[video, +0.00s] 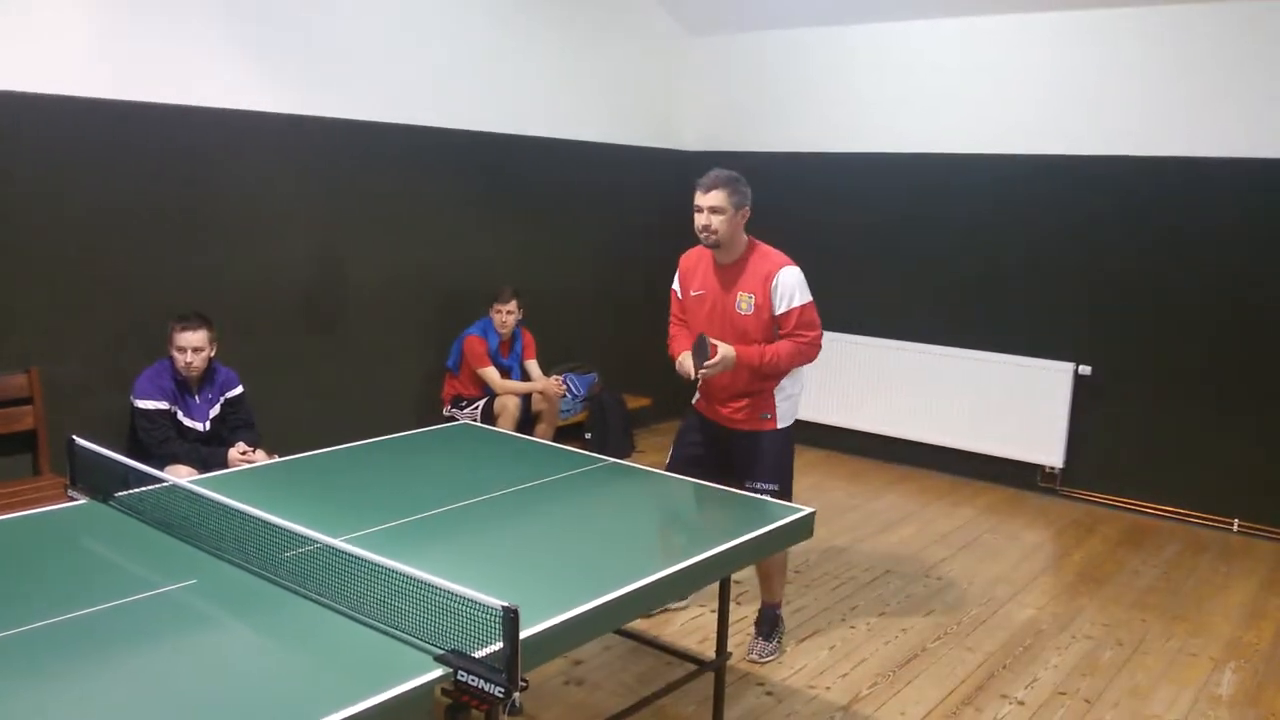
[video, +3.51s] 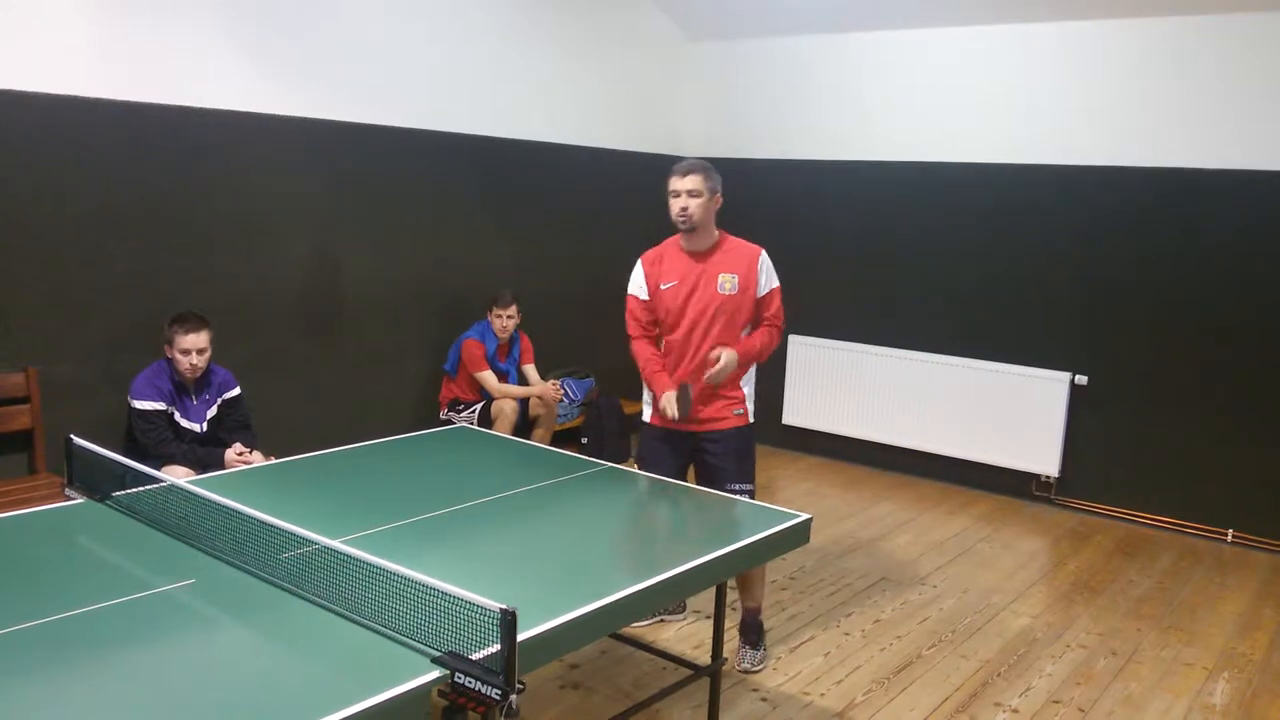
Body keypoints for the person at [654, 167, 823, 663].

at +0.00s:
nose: (704, 221)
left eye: (715, 212)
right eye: (698, 211)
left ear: (744, 215)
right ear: (694, 213)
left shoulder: (779, 273)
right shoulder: (691, 263)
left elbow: (807, 343)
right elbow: (678, 326)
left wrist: (739, 356)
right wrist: (684, 354)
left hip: (762, 423)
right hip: (704, 414)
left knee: (767, 523)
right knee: (674, 500)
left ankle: (769, 618)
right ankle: (674, 580)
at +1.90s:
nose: (684, 235)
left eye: (695, 225)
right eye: (678, 225)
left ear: (724, 223)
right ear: (671, 226)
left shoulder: (767, 273)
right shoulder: (662, 280)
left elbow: (799, 336)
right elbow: (628, 344)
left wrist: (766, 383)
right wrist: (629, 390)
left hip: (758, 423)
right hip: (694, 419)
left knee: (774, 522)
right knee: (667, 509)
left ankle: (776, 625)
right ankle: (664, 590)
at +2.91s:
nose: (623, 248)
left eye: (628, 237)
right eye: (621, 238)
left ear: (661, 232)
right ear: (649, 237)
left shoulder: (723, 271)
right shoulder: (650, 294)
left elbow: (771, 326)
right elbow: (637, 360)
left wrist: (704, 354)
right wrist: (579, 394)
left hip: (743, 429)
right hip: (689, 425)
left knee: (741, 535)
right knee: (657, 513)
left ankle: (755, 640)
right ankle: (670, 600)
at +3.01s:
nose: (620, 236)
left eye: (627, 226)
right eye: (619, 227)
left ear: (659, 222)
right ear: (645, 226)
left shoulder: (724, 261)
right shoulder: (634, 285)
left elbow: (771, 321)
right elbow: (599, 338)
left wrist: (711, 339)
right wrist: (536, 360)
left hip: (742, 420)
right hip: (682, 418)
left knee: (747, 530)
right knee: (662, 512)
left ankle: (755, 638)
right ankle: (674, 594)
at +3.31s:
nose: (649, 217)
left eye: (659, 207)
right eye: (644, 209)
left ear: (688, 209)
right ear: (641, 215)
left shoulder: (733, 262)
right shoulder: (632, 269)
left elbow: (761, 326)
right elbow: (605, 341)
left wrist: (731, 339)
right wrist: (586, 329)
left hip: (723, 422)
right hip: (660, 421)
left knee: (739, 526)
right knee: (647, 515)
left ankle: (749, 634)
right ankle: (670, 595)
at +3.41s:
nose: (668, 210)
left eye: (678, 200)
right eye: (661, 202)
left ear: (703, 204)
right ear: (654, 208)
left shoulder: (741, 259)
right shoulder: (641, 268)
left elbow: (765, 324)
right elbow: (632, 335)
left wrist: (737, 344)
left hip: (722, 419)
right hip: (658, 422)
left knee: (741, 521)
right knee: (648, 514)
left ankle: (751, 626)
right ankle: (667, 596)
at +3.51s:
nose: (681, 204)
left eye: (692, 195)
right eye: (675, 196)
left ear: (716, 201)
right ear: (667, 202)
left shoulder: (750, 259)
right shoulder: (650, 264)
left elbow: (773, 326)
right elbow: (639, 335)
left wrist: (740, 354)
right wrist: (661, 385)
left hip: (726, 421)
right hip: (664, 420)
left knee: (741, 522)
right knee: (655, 512)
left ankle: (751, 623)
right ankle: (668, 594)